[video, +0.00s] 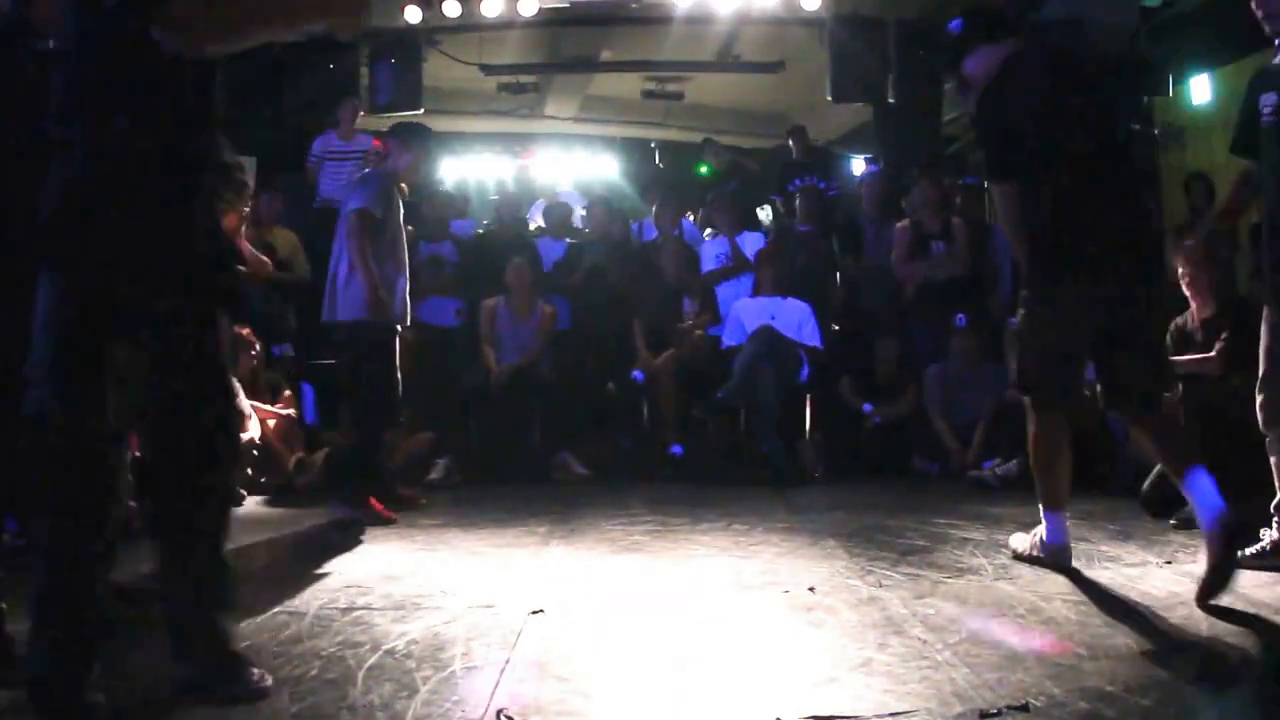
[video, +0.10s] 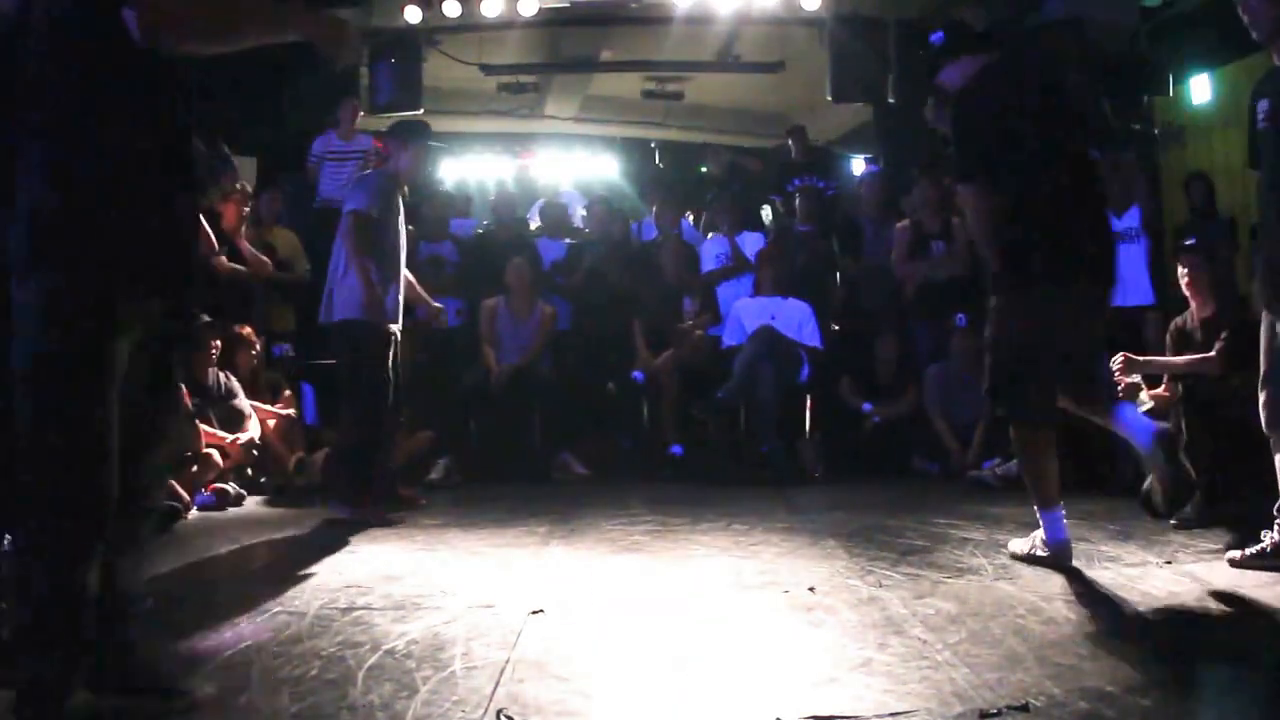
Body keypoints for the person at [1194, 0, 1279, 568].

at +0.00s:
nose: (1258, 13)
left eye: (1260, 6)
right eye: (1257, 8)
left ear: (1268, 11)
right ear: (1261, 17)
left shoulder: (1265, 82)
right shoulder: (1263, 81)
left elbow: (1248, 172)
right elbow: (1247, 171)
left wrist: (1212, 228)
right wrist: (1214, 227)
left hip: (1271, 280)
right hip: (1266, 279)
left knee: (1268, 399)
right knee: (1267, 398)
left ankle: (1276, 524)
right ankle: (1275, 523)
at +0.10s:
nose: (1245, 15)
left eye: (1251, 7)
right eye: (1244, 9)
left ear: (1268, 11)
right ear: (1252, 16)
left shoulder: (1268, 89)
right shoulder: (1263, 88)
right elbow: (1260, 186)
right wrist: (1260, 277)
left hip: (1275, 280)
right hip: (1270, 279)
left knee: (1271, 403)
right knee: (1269, 404)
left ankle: (1278, 528)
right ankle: (1276, 527)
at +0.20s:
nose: (1231, 20)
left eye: (1237, 9)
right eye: (1229, 12)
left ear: (1263, 10)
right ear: (1245, 19)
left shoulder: (1270, 98)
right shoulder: (1264, 97)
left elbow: (1268, 206)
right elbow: (1265, 205)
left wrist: (1264, 278)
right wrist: (1261, 274)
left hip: (1274, 277)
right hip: (1268, 276)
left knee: (1271, 401)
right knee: (1268, 401)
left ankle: (1279, 527)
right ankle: (1277, 525)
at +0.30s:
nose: (1224, 31)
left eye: (1227, 19)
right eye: (1220, 22)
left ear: (1253, 13)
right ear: (1237, 21)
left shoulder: (1273, 95)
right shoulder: (1266, 94)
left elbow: (1270, 197)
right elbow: (1266, 197)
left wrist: (1274, 259)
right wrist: (1265, 255)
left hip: (1274, 266)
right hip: (1268, 264)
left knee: (1270, 400)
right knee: (1267, 400)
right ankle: (1278, 524)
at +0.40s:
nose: (1214, 29)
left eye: (1220, 18)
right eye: (1211, 20)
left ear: (1249, 17)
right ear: (1234, 25)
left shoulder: (1269, 85)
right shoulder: (1262, 84)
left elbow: (1272, 186)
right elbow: (1268, 188)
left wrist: (1269, 246)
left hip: (1275, 272)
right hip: (1266, 270)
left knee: (1271, 404)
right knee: (1267, 403)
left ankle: (1279, 529)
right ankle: (1276, 526)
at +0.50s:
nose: (1208, 37)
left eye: (1213, 26)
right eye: (1205, 28)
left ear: (1242, 24)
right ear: (1237, 29)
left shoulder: (1266, 90)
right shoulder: (1258, 89)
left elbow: (1270, 183)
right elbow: (1264, 183)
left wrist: (1269, 242)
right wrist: (1258, 246)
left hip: (1273, 279)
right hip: (1263, 278)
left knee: (1273, 404)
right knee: (1267, 404)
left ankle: (1279, 529)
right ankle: (1276, 526)